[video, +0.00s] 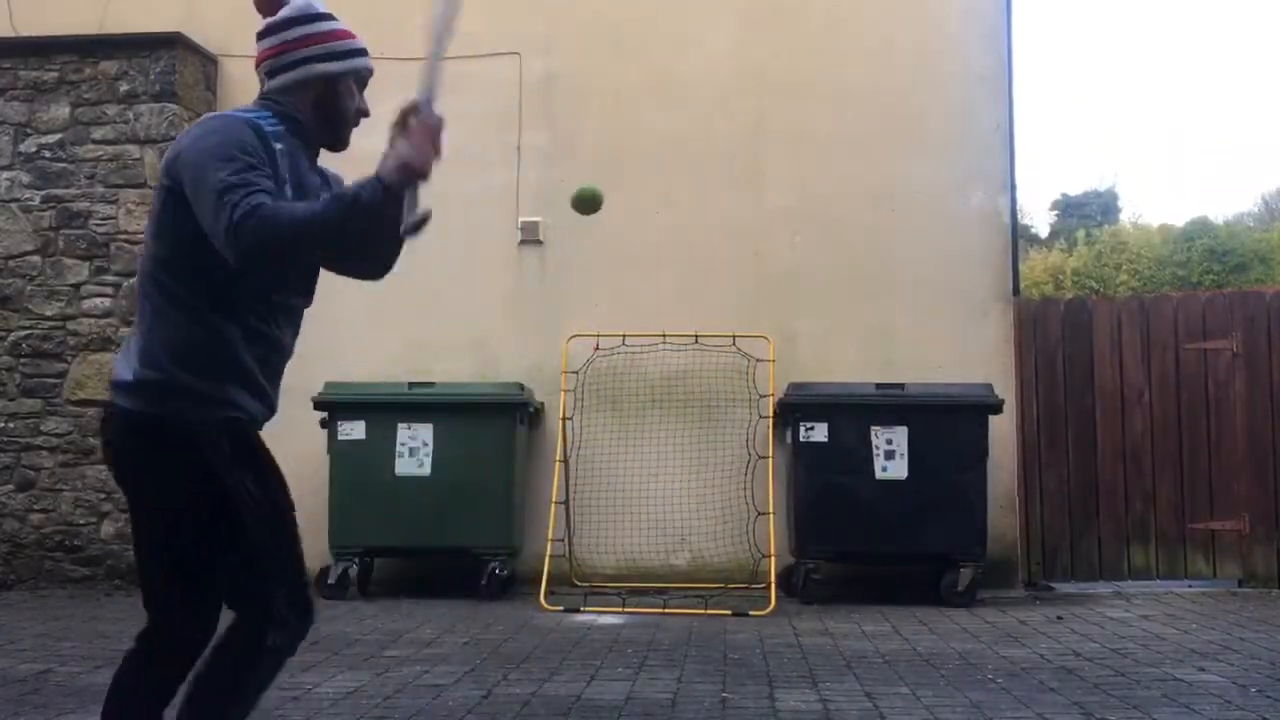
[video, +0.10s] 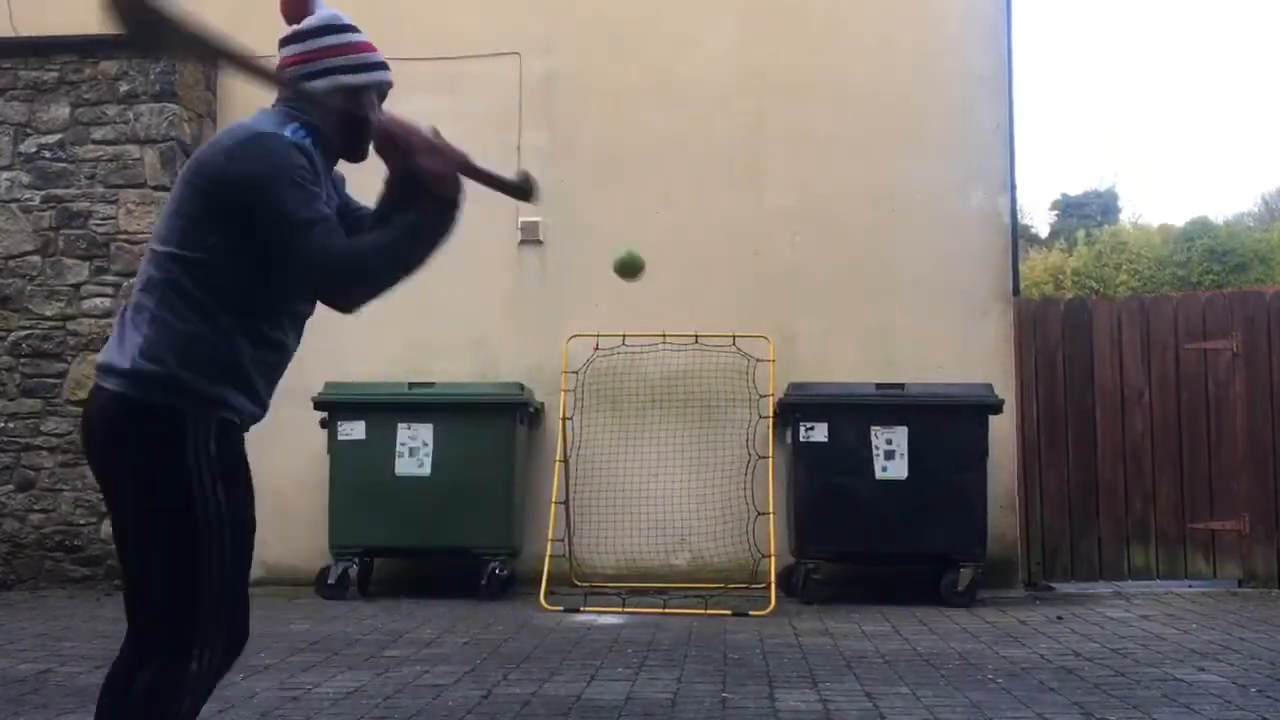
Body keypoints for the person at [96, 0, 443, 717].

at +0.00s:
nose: (366, 105)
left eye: (366, 88)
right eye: (359, 86)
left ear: (307, 84)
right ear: (318, 82)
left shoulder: (304, 173)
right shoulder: (223, 137)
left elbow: (365, 257)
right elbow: (249, 231)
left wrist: (404, 177)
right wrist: (384, 180)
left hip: (220, 424)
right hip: (169, 419)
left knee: (180, 623)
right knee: (278, 614)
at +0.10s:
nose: (377, 117)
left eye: (378, 100)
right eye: (366, 98)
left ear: (316, 93)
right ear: (323, 94)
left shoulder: (296, 160)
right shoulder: (267, 152)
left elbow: (369, 240)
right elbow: (344, 280)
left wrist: (420, 188)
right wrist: (426, 200)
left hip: (201, 419)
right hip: (159, 414)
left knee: (218, 633)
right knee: (178, 636)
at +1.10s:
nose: (440, 75)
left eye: (440, 62)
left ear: (446, 63)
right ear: (522, 58)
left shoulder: (435, 140)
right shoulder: (603, 138)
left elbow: (361, 278)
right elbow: (656, 276)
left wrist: (317, 228)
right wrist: (642, 385)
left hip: (493, 414)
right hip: (611, 412)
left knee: (468, 618)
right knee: (613, 633)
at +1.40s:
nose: (520, 97)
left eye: (521, 80)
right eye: (518, 80)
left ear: (539, 74)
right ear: (601, 64)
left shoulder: (557, 154)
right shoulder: (667, 133)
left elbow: (516, 308)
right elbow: (668, 283)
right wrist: (613, 406)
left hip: (656, 411)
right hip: (747, 405)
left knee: (570, 637)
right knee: (674, 595)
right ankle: (759, 715)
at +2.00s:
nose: (632, 150)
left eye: (632, 131)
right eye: (626, 131)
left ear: (654, 121)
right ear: (698, 100)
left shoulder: (697, 198)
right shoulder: (766, 143)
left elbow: (709, 360)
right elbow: (736, 289)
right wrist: (627, 310)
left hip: (870, 417)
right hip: (931, 391)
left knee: (846, 649)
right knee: (881, 627)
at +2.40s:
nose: (607, 82)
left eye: (606, 72)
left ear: (611, 79)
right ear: (689, 65)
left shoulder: (611, 187)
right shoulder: (774, 134)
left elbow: (645, 324)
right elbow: (814, 261)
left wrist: (713, 379)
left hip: (726, 429)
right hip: (831, 411)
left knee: (705, 640)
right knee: (783, 620)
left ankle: (786, 711)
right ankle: (792, 717)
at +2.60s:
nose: (572, 79)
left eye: (571, 68)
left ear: (577, 70)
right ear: (651, 60)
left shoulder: (574, 154)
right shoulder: (729, 134)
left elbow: (573, 299)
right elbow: (775, 265)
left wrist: (574, 386)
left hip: (679, 404)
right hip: (780, 394)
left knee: (592, 611)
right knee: (736, 601)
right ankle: (764, 713)